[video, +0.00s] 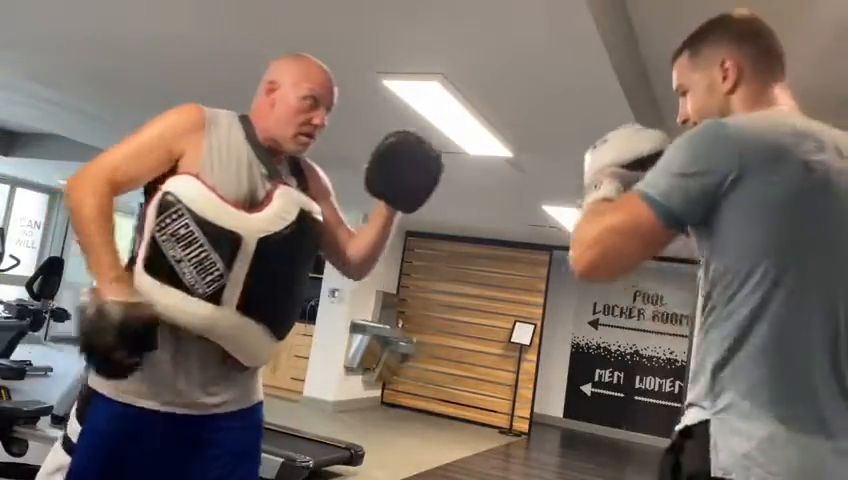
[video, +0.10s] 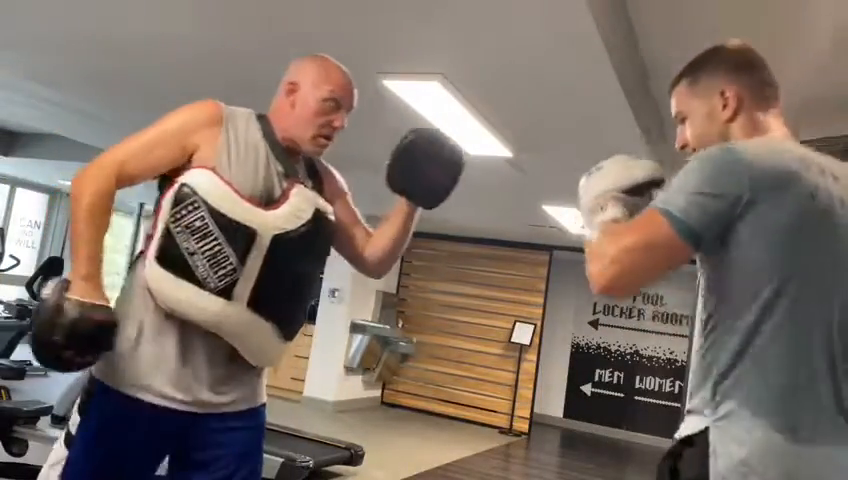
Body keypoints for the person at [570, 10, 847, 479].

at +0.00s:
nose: (682, 116)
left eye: (684, 92)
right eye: (678, 98)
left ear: (727, 72)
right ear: (776, 76)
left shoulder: (725, 142)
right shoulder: (837, 148)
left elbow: (590, 257)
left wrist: (606, 181)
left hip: (746, 445)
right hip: (837, 448)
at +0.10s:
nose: (680, 143)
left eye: (683, 119)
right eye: (677, 125)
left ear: (727, 102)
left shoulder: (734, 166)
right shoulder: (840, 178)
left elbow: (608, 272)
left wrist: (602, 207)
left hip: (743, 450)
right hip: (835, 453)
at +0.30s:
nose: (666, 153)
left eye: (673, 132)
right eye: (665, 137)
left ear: (719, 119)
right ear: (723, 118)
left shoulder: (744, 179)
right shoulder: (817, 195)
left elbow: (669, 282)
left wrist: (617, 233)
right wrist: (678, 224)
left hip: (735, 445)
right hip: (802, 451)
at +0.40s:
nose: (651, 149)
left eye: (658, 130)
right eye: (649, 135)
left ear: (704, 118)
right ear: (707, 118)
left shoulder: (739, 177)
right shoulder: (777, 180)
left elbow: (659, 270)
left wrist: (604, 205)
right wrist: (658, 212)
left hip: (728, 433)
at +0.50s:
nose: (630, 157)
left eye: (638, 139)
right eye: (628, 143)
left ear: (684, 129)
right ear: (685, 130)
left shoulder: (728, 190)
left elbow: (649, 276)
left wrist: (594, 210)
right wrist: (629, 219)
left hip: (715, 439)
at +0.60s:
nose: (600, 164)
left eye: (608, 146)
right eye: (599, 151)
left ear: (653, 138)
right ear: (654, 139)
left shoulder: (699, 200)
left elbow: (631, 292)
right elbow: (636, 287)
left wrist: (574, 226)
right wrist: (593, 230)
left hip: (680, 439)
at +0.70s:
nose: (564, 173)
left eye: (571, 156)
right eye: (562, 160)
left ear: (614, 149)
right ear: (615, 150)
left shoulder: (661, 210)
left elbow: (595, 302)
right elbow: (606, 292)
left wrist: (539, 238)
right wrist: (569, 240)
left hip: (649, 436)